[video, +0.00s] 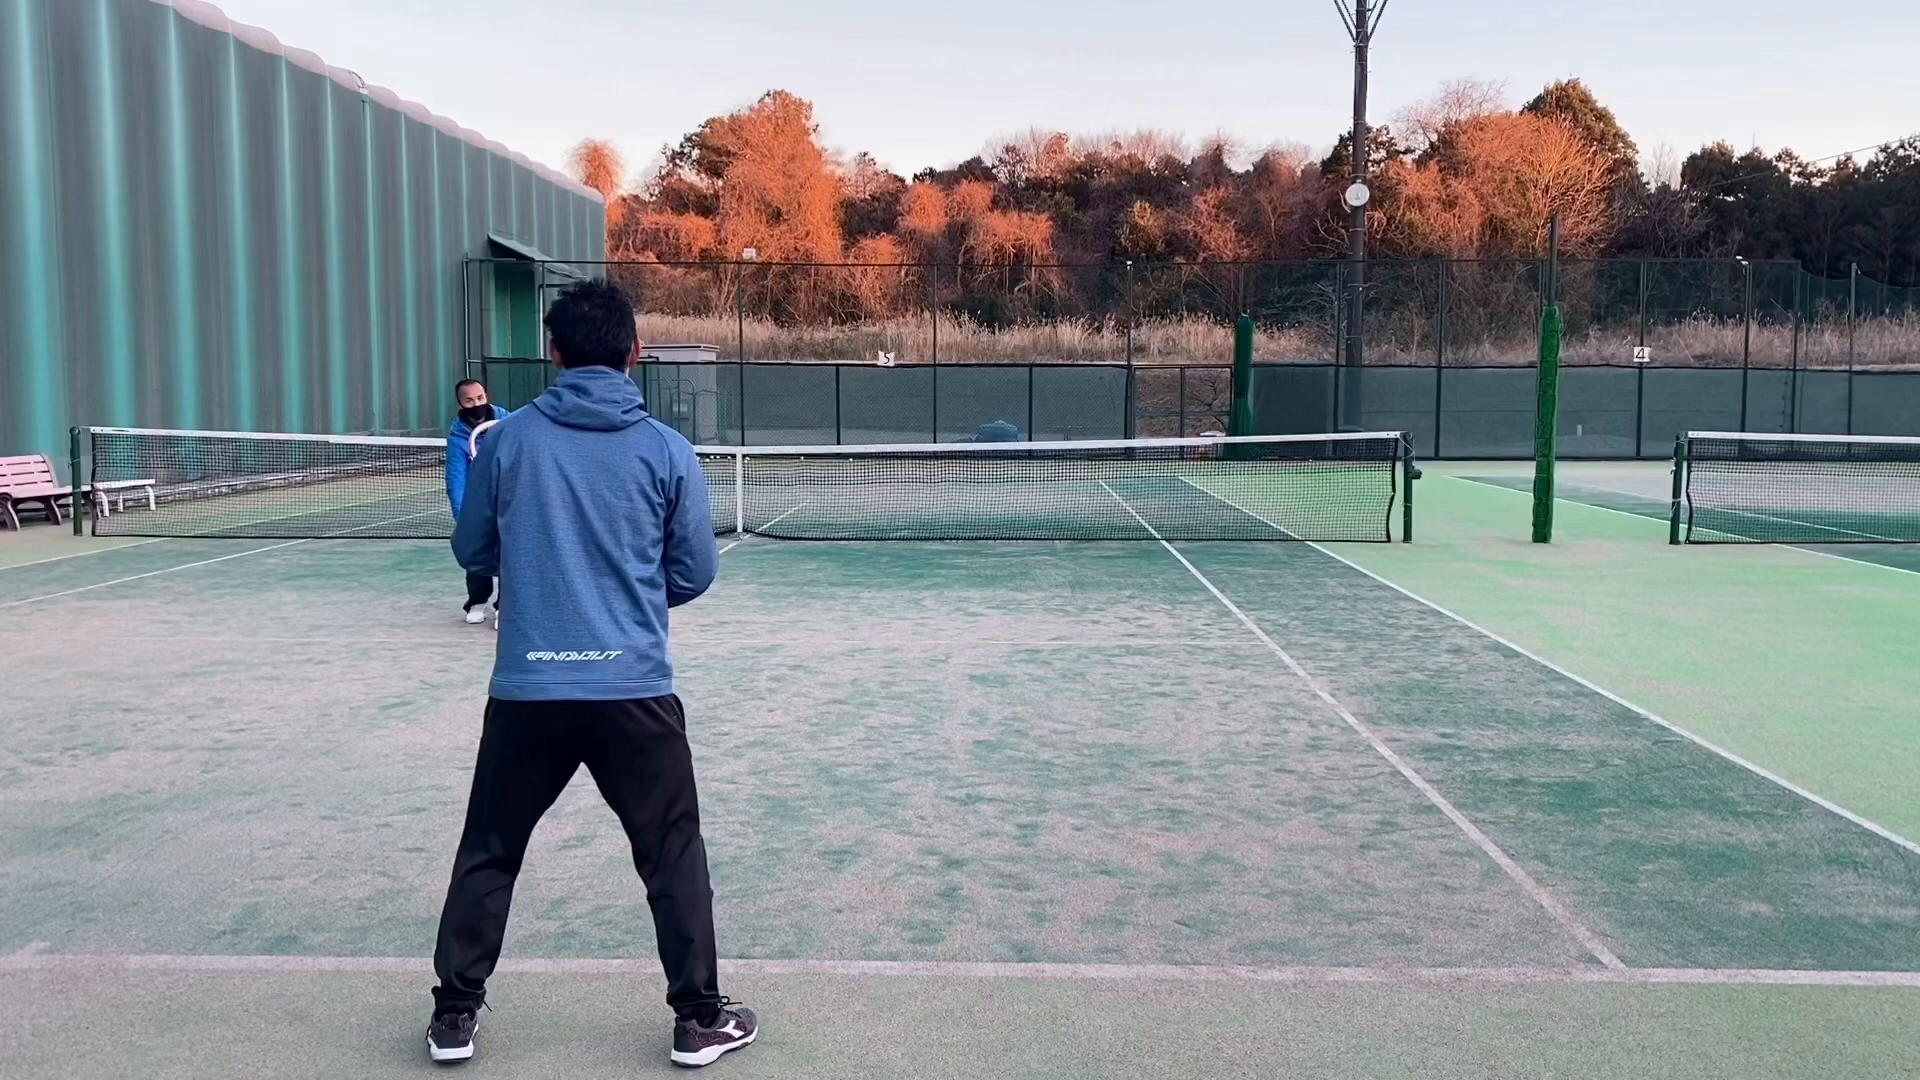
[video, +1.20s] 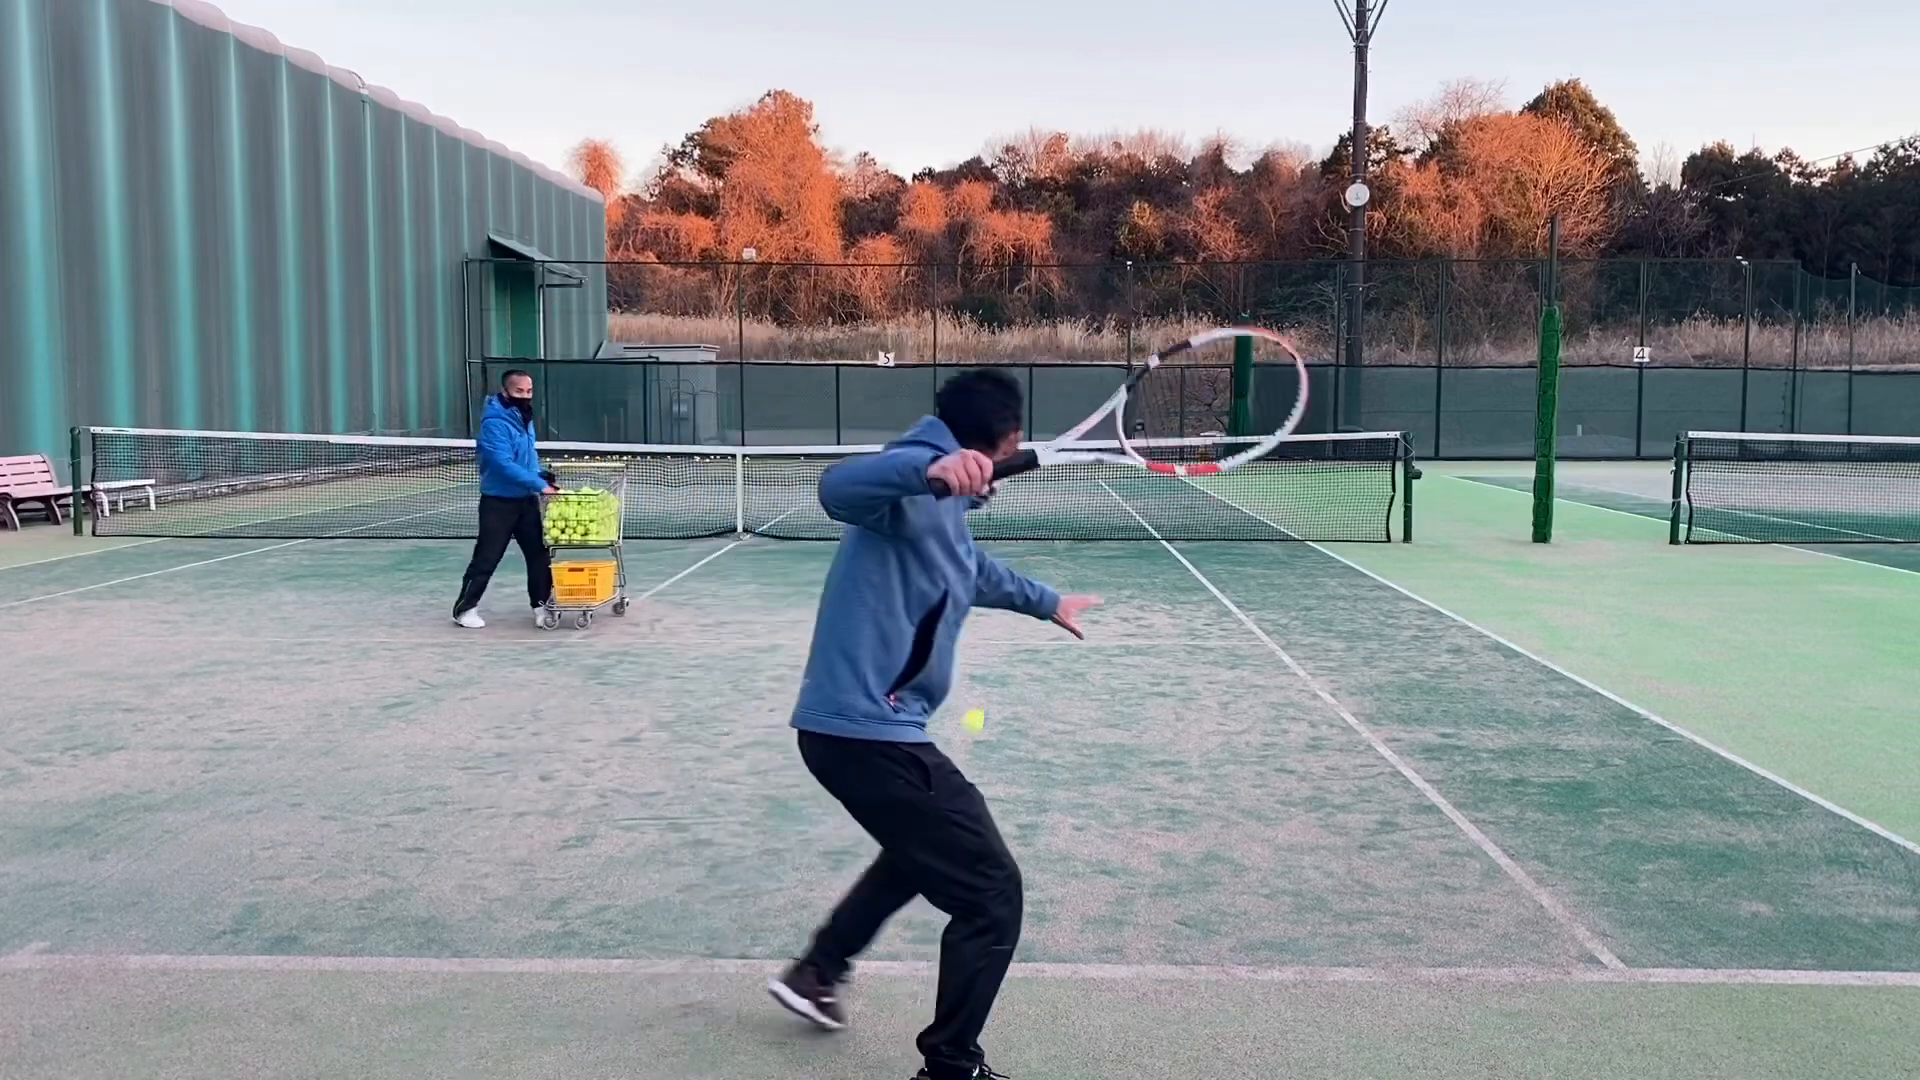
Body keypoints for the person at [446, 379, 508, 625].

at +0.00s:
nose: (475, 404)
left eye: (479, 398)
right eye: (468, 401)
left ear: (486, 396)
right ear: (460, 404)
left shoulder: (505, 419)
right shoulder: (458, 433)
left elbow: (520, 454)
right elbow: (456, 474)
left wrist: (521, 491)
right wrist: (461, 511)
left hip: (508, 492)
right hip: (476, 499)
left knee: (507, 550)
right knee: (476, 550)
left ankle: (503, 604)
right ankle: (477, 603)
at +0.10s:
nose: (478, 401)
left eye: (482, 395)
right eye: (471, 398)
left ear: (488, 393)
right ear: (462, 401)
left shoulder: (505, 416)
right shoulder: (461, 431)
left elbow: (520, 444)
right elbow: (463, 469)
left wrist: (520, 477)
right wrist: (476, 493)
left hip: (511, 485)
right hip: (480, 492)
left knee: (509, 544)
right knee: (479, 546)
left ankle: (506, 599)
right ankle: (476, 603)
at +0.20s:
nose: (484, 396)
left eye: (487, 390)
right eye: (476, 393)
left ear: (493, 390)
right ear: (467, 397)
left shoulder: (508, 414)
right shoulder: (465, 417)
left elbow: (522, 434)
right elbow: (464, 435)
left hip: (510, 488)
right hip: (479, 491)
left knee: (510, 545)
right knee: (478, 547)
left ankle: (507, 599)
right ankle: (475, 602)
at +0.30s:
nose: (490, 391)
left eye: (493, 386)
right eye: (482, 388)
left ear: (499, 387)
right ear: (471, 392)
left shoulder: (512, 415)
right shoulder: (468, 416)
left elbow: (528, 444)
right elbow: (470, 426)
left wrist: (529, 479)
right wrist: (489, 408)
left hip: (514, 491)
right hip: (482, 493)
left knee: (510, 554)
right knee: (481, 553)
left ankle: (503, 606)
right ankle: (471, 601)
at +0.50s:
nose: (497, 390)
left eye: (500, 385)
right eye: (490, 385)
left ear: (504, 386)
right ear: (476, 388)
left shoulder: (512, 415)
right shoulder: (468, 415)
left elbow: (528, 448)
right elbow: (468, 441)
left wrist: (527, 470)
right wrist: (505, 432)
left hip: (511, 496)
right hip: (481, 496)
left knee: (511, 557)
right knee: (478, 557)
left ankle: (504, 608)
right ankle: (471, 608)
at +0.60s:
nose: (497, 391)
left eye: (500, 386)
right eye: (491, 387)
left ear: (504, 387)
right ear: (477, 389)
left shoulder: (511, 415)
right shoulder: (468, 420)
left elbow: (522, 450)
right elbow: (473, 459)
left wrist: (528, 468)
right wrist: (517, 465)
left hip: (513, 497)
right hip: (483, 499)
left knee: (513, 556)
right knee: (480, 557)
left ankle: (506, 607)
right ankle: (471, 607)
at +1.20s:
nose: (527, 395)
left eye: (529, 391)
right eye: (520, 391)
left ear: (530, 391)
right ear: (506, 391)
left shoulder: (523, 417)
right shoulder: (494, 422)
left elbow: (528, 457)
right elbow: (502, 464)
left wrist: (543, 478)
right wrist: (539, 485)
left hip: (525, 500)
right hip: (498, 501)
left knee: (538, 554)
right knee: (487, 558)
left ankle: (541, 607)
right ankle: (465, 609)